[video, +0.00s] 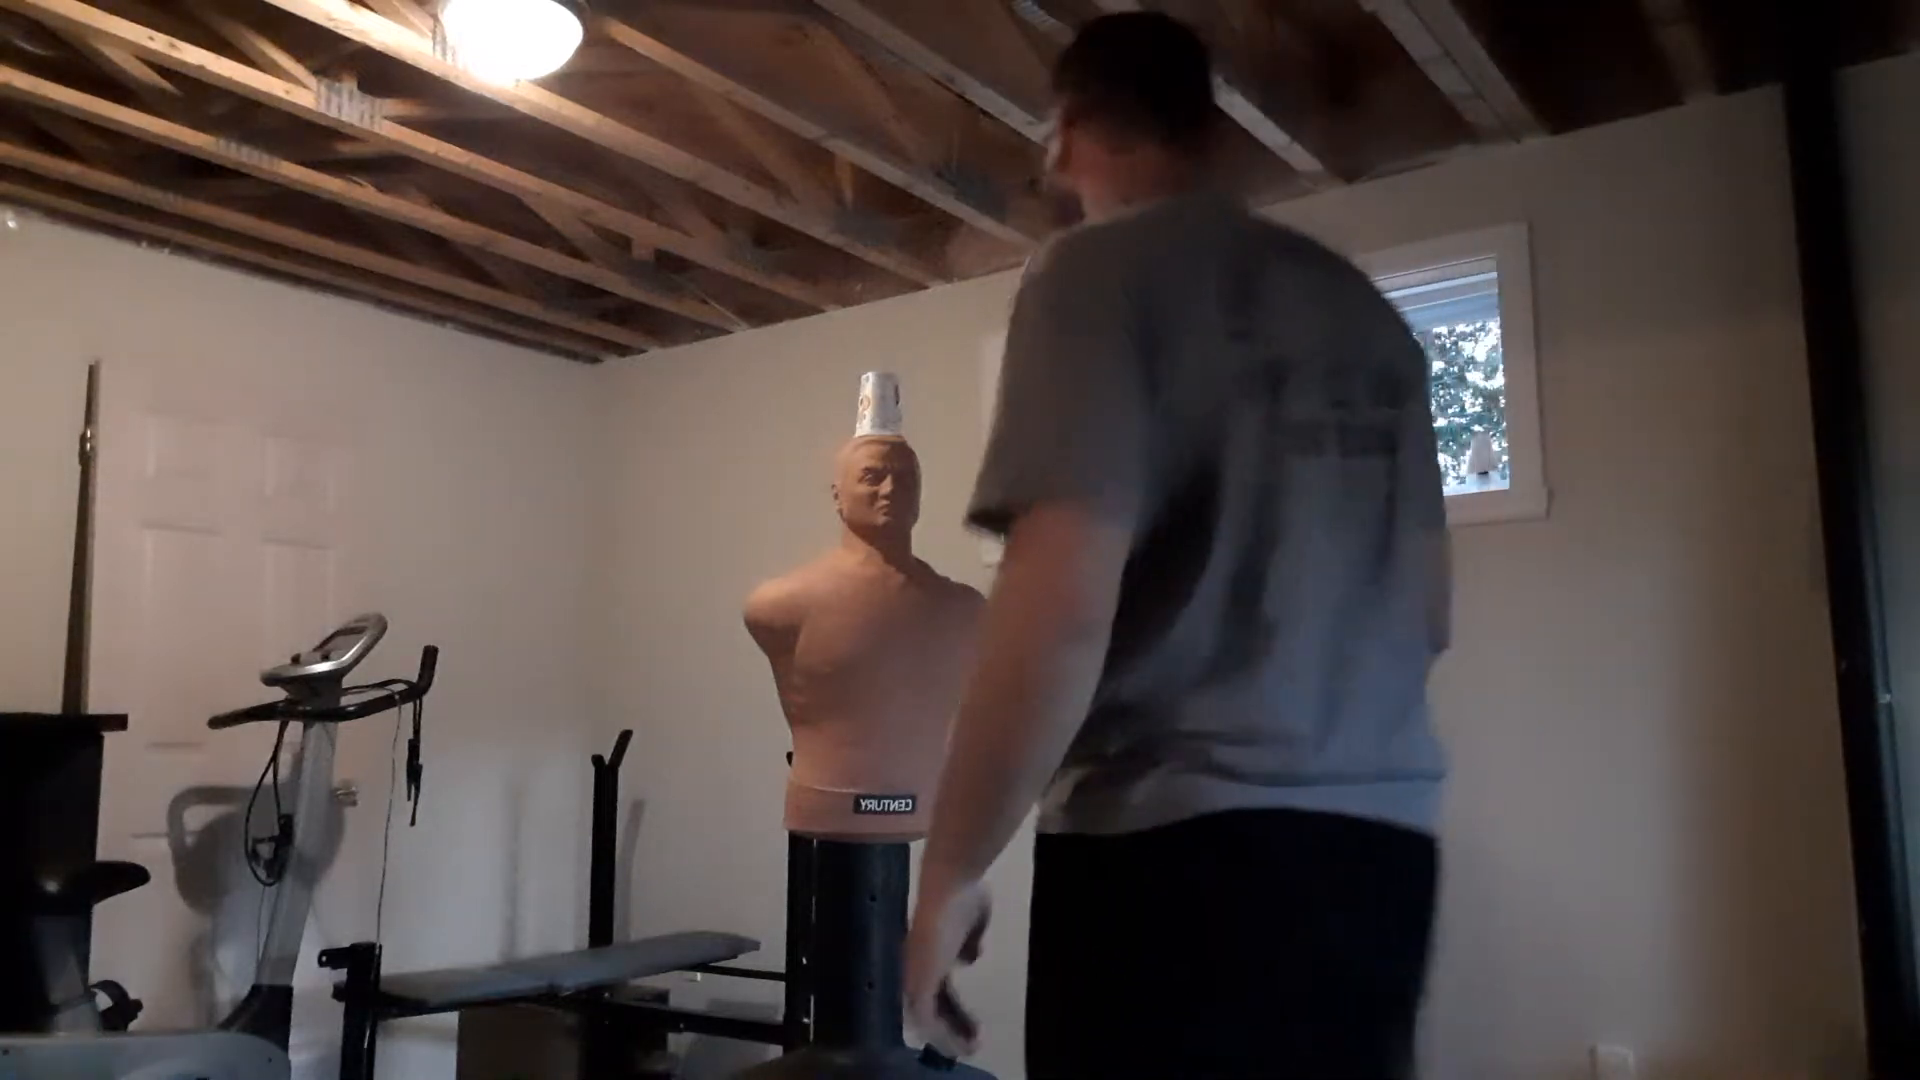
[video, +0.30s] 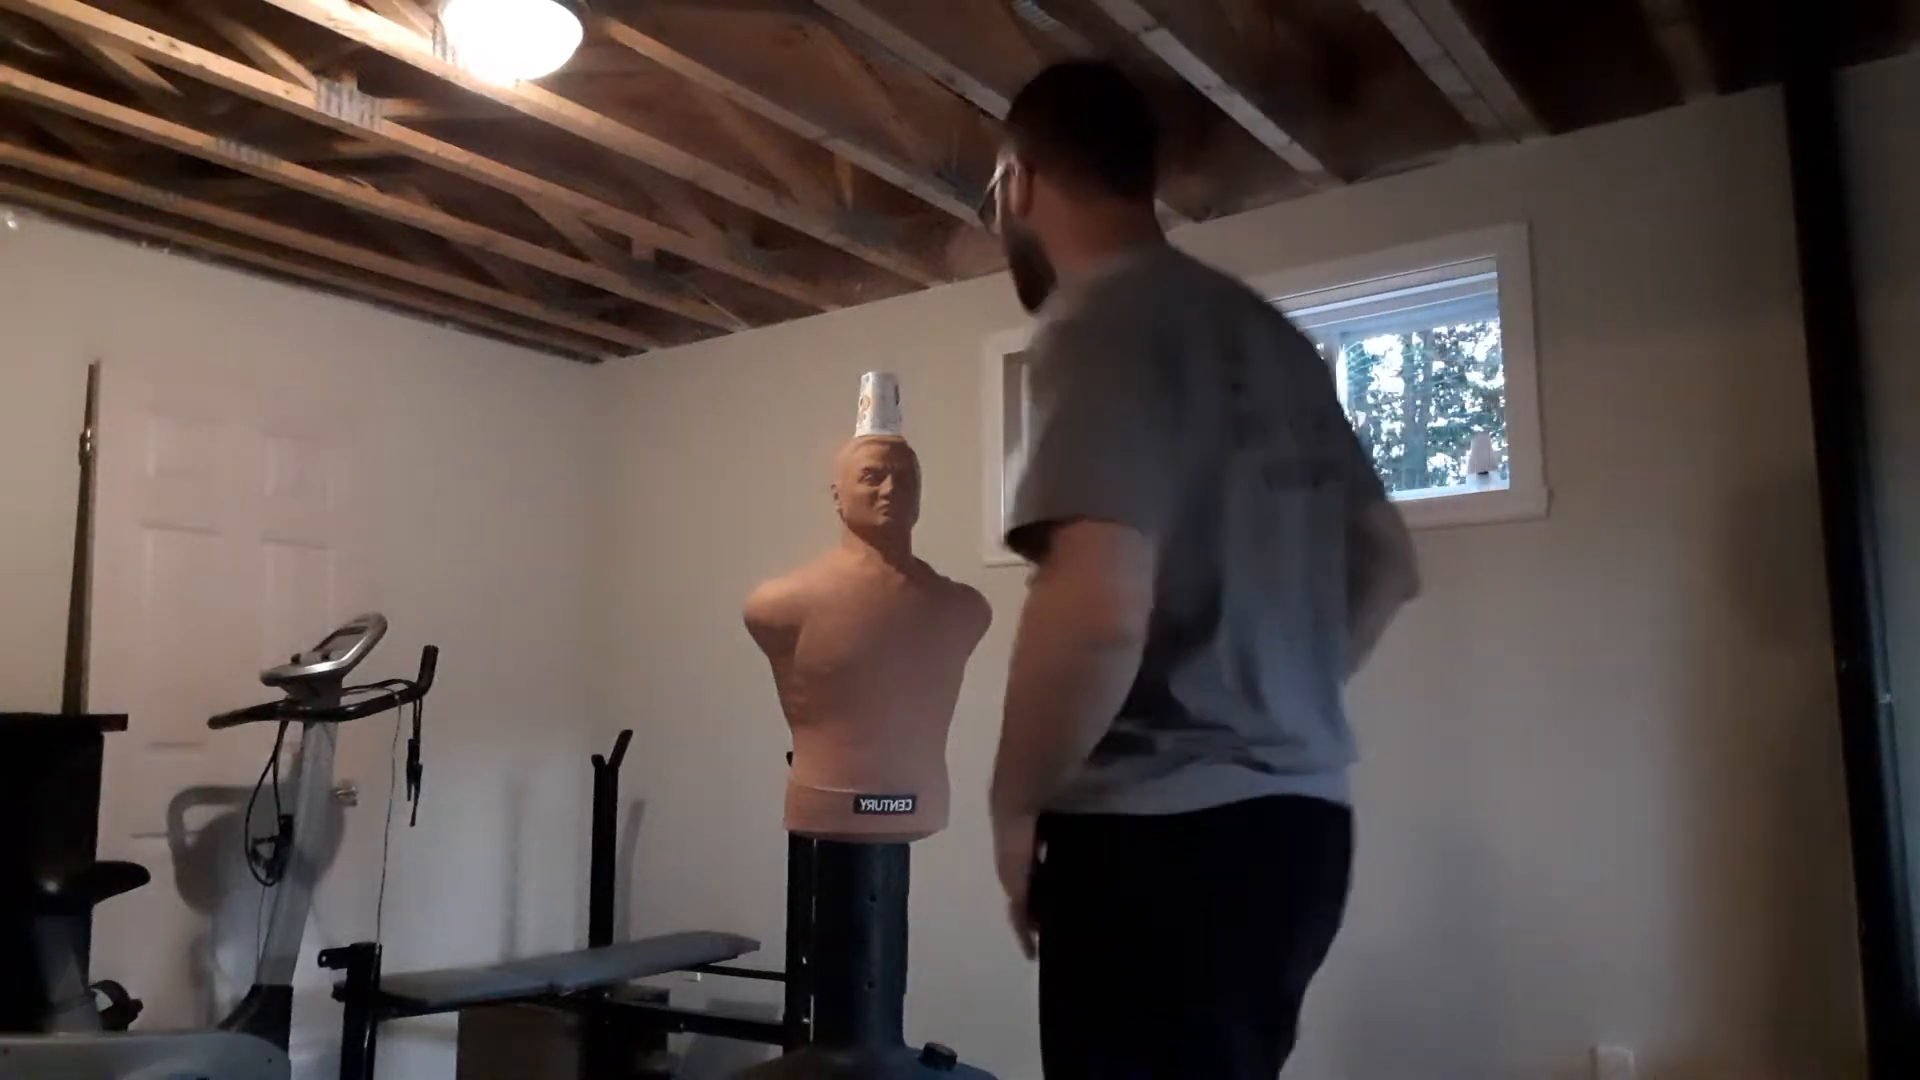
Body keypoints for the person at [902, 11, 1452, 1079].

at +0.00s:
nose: (1065, 187)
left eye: (1065, 157)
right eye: (1060, 164)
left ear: (1098, 128)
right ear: (1205, 131)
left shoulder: (1106, 267)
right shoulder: (1369, 310)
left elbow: (1065, 592)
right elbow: (1420, 608)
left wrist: (951, 876)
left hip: (1171, 855)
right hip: (1375, 859)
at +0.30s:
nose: (999, 212)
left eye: (998, 184)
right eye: (999, 187)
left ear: (1021, 179)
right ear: (1144, 174)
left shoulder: (1108, 312)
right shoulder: (1272, 334)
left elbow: (1098, 607)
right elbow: (1385, 568)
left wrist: (1015, 802)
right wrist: (1270, 700)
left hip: (1156, 842)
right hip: (1290, 833)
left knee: (1124, 1067)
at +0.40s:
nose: (1001, 242)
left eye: (1002, 214)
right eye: (998, 219)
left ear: (1037, 206)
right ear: (1138, 201)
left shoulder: (1146, 331)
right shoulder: (1228, 341)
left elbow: (1165, 571)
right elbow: (1341, 544)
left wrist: (983, 731)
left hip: (1167, 829)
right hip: (1242, 822)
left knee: (1128, 1068)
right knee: (1212, 1068)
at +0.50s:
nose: (1003, 256)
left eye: (1011, 224)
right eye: (1004, 229)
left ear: (1052, 225)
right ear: (1133, 223)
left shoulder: (1156, 324)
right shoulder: (1184, 331)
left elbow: (1189, 494)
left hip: (1193, 818)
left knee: (1141, 1067)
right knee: (1182, 1068)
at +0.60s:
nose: (1021, 280)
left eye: (1026, 253)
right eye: (1020, 258)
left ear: (1066, 243)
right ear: (1149, 238)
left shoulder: (1162, 307)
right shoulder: (1206, 332)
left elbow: (1079, 440)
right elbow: (1086, 484)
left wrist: (930, 501)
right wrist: (951, 488)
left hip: (1233, 815)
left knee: (1142, 1067)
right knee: (1216, 1067)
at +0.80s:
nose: (1069, 292)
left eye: (1069, 262)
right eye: (1065, 270)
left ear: (1109, 246)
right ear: (1195, 246)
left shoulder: (1185, 355)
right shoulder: (1263, 360)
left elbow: (1013, 541)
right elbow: (1159, 624)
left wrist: (939, 602)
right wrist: (977, 641)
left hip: (1251, 828)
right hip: (1328, 821)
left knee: (1190, 1068)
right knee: (1280, 1070)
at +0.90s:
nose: (1076, 287)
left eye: (1080, 257)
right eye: (1074, 264)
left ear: (1122, 247)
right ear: (1212, 245)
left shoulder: (1189, 360)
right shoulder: (1288, 373)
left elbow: (1091, 621)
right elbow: (1273, 660)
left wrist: (1013, 645)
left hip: (1252, 854)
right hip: (1338, 839)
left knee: (1239, 1067)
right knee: (1309, 1067)